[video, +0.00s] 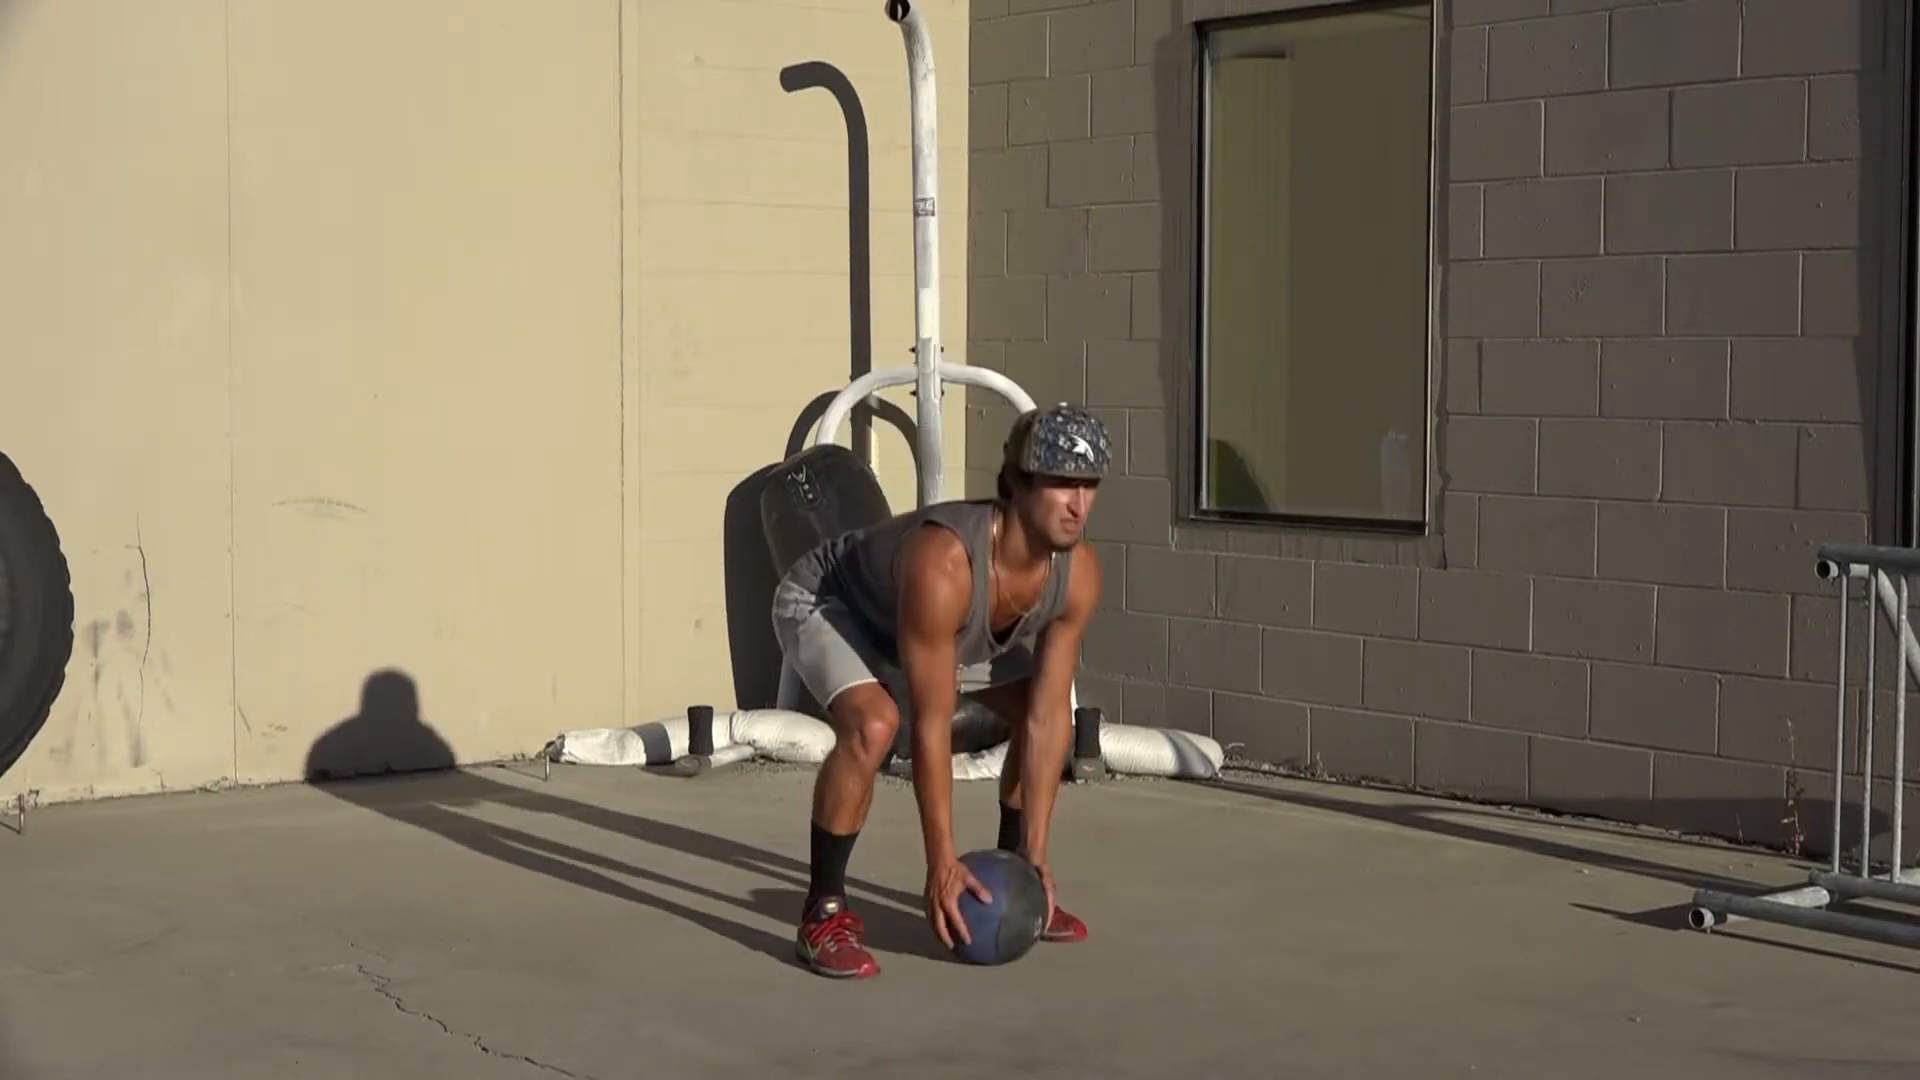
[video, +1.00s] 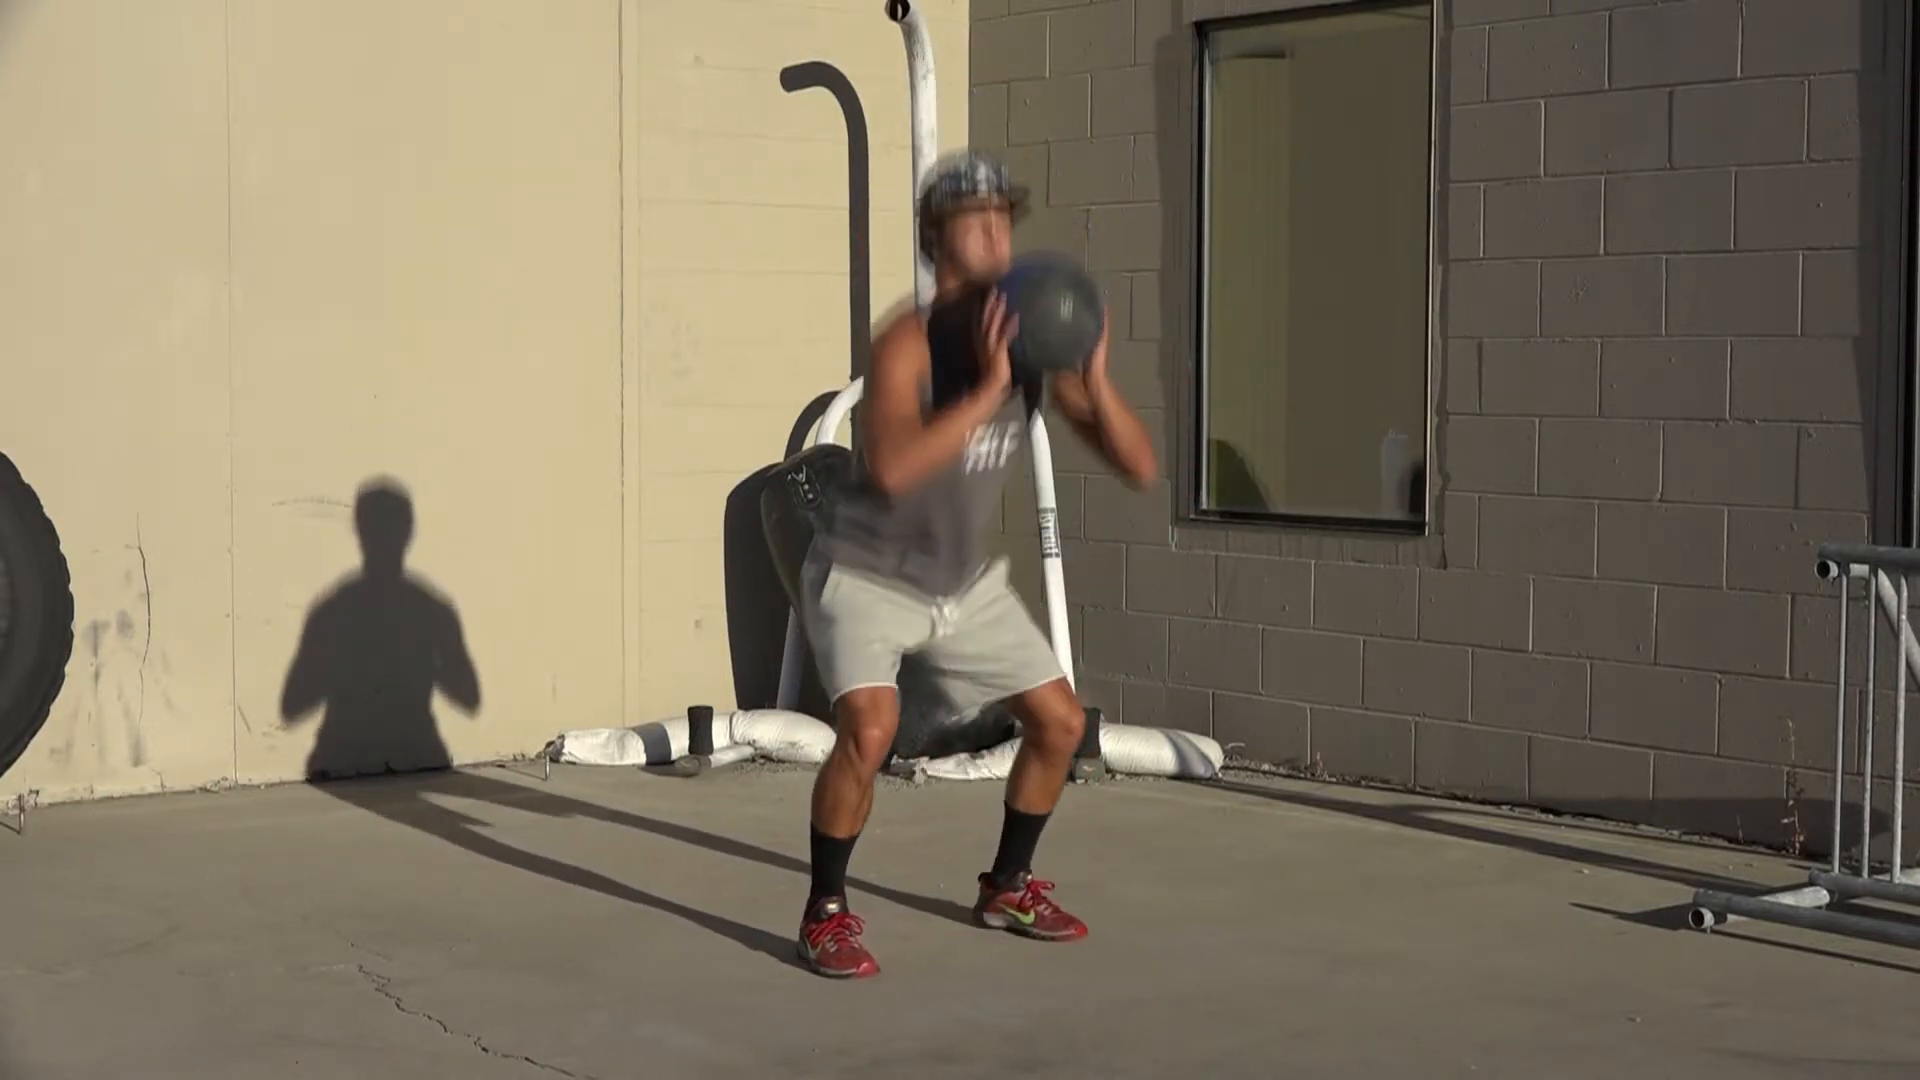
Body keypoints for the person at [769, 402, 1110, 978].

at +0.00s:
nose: (1079, 503)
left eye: (1088, 487)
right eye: (1062, 485)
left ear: (1096, 493)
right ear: (1015, 483)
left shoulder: (1076, 573)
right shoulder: (942, 563)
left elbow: (1050, 717)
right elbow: (933, 723)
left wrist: (1032, 856)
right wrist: (941, 860)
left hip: (928, 622)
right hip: (826, 603)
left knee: (1043, 714)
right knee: (873, 725)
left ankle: (1014, 880)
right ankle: (824, 910)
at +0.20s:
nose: (1078, 462)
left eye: (1087, 447)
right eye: (1060, 445)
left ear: (1095, 455)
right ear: (1015, 450)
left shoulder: (1079, 548)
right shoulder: (945, 539)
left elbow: (1052, 696)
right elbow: (938, 699)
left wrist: (1034, 830)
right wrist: (942, 835)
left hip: (939, 611)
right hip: (834, 597)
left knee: (1046, 713)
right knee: (871, 722)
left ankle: (1013, 882)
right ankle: (823, 912)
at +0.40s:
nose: (1051, 314)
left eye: (1063, 298)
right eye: (1033, 297)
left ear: (1076, 312)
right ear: (997, 308)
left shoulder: (1081, 419)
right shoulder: (942, 413)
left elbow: (1057, 557)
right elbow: (909, 566)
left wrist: (1041, 685)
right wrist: (947, 698)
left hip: (958, 576)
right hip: (855, 566)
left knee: (1049, 708)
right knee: (873, 717)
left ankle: (1008, 884)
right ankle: (823, 912)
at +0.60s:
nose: (1007, 145)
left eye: (1018, 129)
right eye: (987, 130)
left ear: (1035, 145)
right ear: (955, 149)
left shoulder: (1061, 261)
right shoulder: (920, 257)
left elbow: (1052, 390)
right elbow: (863, 387)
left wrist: (1050, 483)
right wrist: (945, 467)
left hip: (994, 510)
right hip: (894, 509)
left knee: (1018, 690)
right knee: (865, 705)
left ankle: (1009, 879)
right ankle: (825, 906)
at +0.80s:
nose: (984, 111)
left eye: (995, 98)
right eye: (965, 97)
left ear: (1012, 113)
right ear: (930, 113)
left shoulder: (1037, 227)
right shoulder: (897, 214)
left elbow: (1076, 383)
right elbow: (854, 356)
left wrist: (1065, 304)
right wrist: (968, 345)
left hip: (1007, 496)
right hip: (906, 492)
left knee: (1010, 682)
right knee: (869, 691)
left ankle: (1012, 876)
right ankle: (825, 902)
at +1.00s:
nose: (991, 238)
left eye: (1000, 222)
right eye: (972, 224)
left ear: (1013, 231)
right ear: (936, 239)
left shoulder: (1027, 336)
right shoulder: (906, 339)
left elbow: (1139, 466)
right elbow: (890, 468)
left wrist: (1093, 376)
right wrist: (991, 388)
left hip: (970, 581)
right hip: (869, 575)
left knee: (1061, 722)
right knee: (868, 732)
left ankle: (1007, 887)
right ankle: (825, 912)